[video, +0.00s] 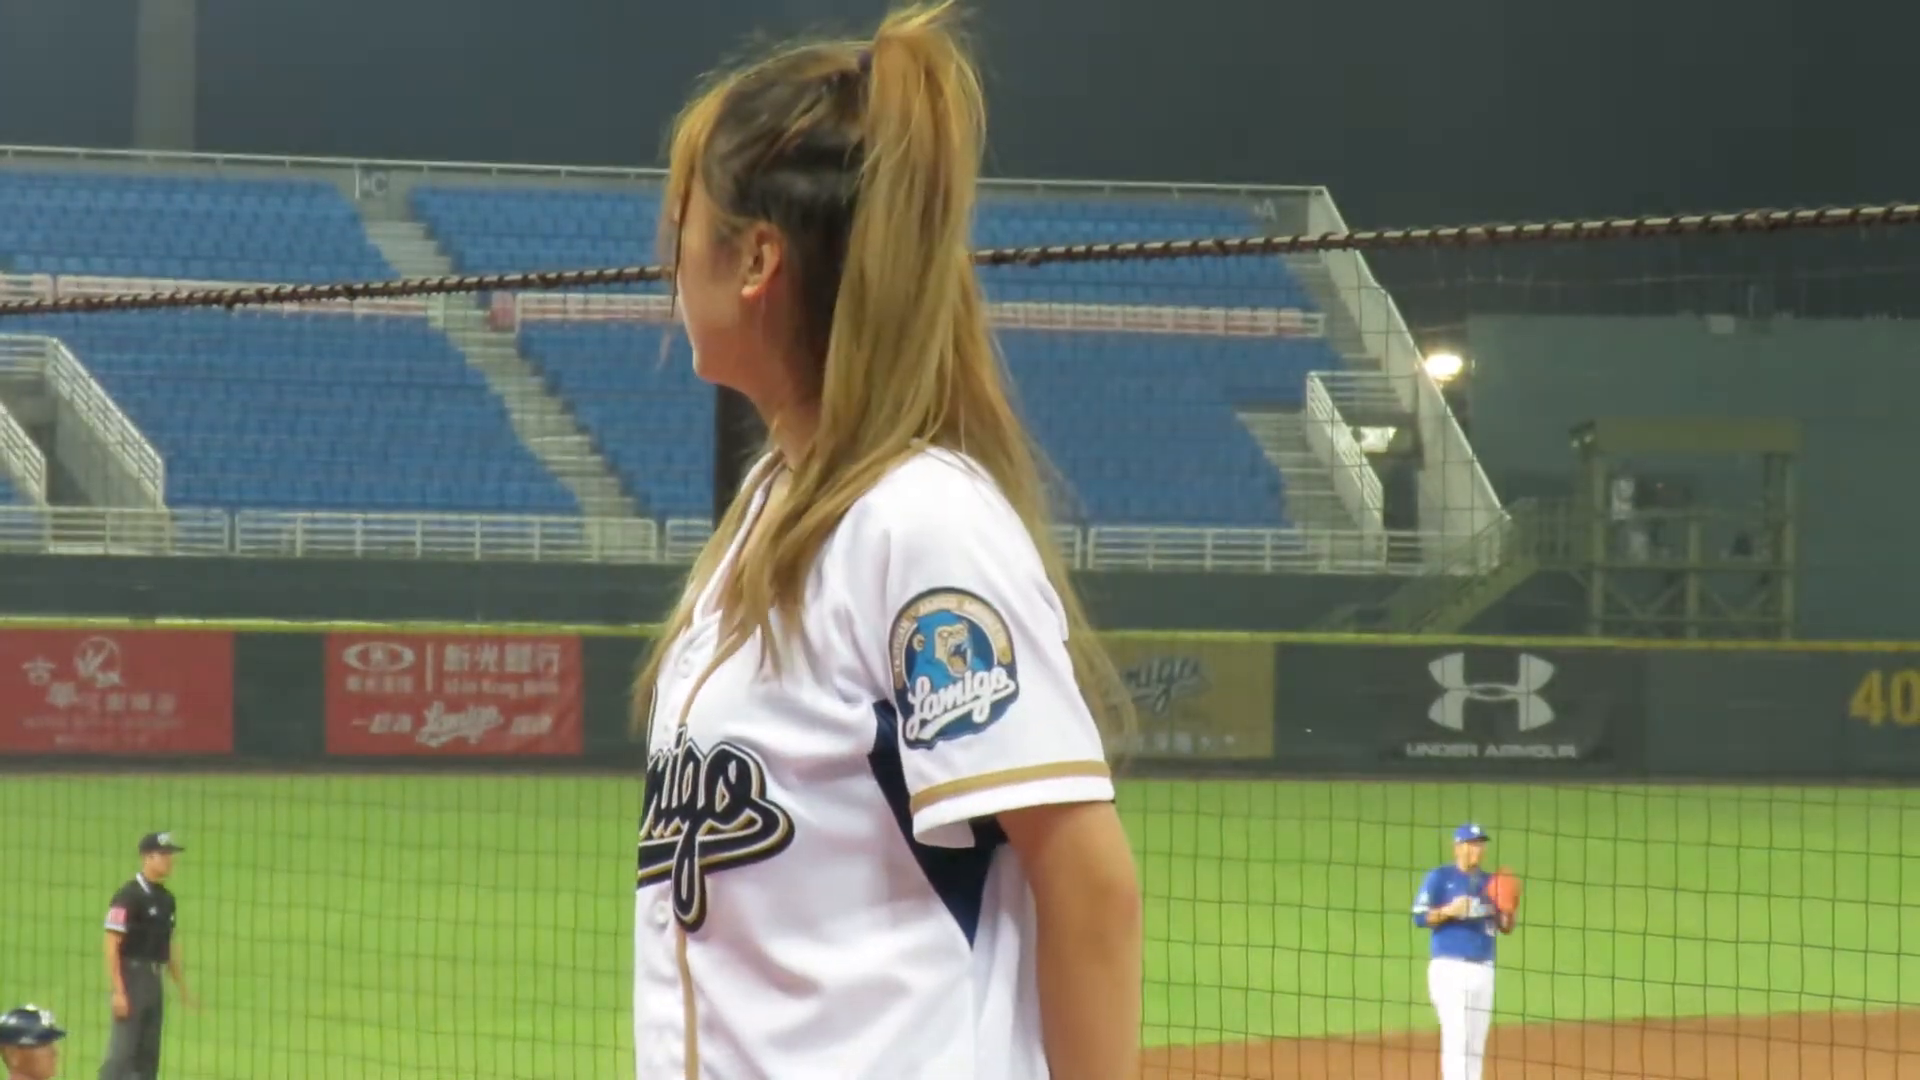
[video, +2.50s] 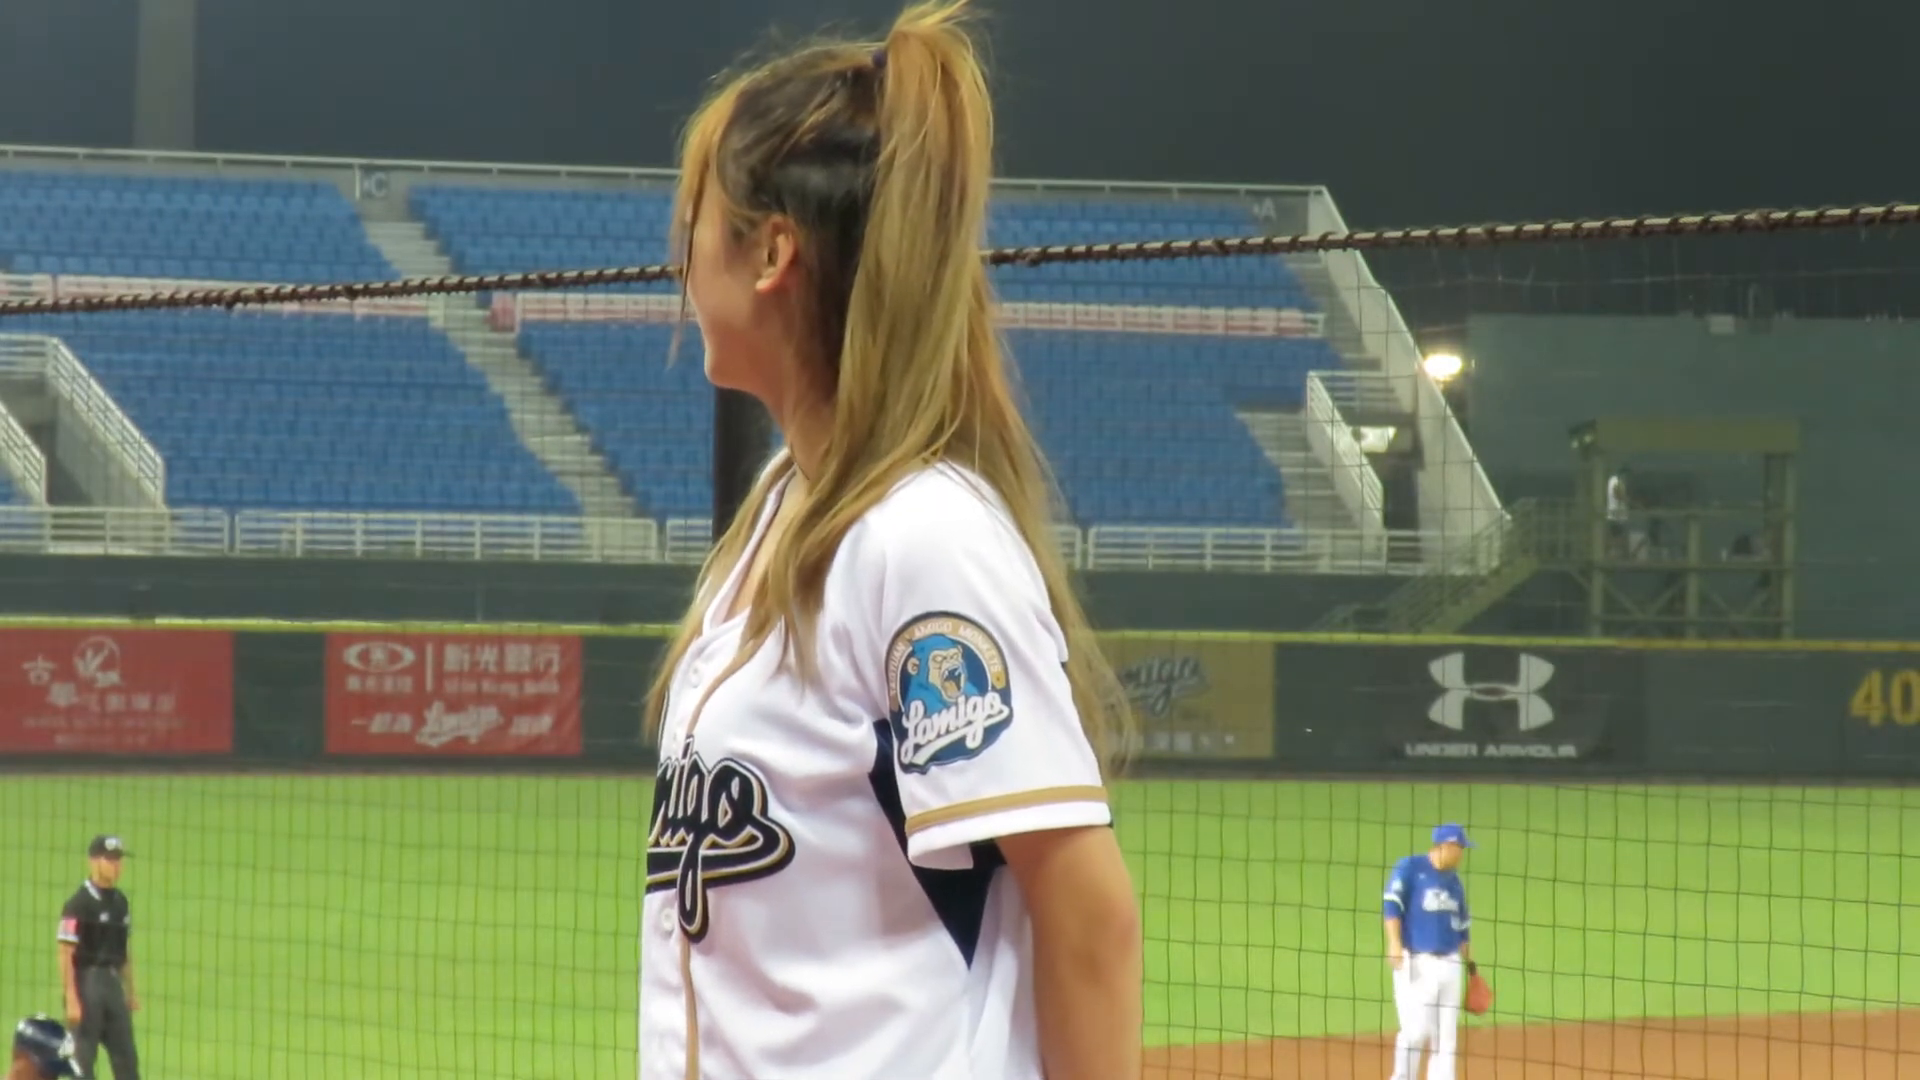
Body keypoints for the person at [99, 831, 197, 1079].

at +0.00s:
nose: (169, 861)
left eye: (170, 856)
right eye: (163, 855)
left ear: (169, 858)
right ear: (147, 857)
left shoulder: (166, 899)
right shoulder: (128, 895)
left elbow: (167, 948)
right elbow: (111, 945)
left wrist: (182, 987)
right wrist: (118, 991)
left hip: (154, 969)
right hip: (130, 967)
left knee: (149, 1045)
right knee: (125, 1045)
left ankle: (144, 1075)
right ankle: (114, 1074)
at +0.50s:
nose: (135, 864)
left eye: (138, 858)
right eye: (129, 857)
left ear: (140, 861)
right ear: (114, 858)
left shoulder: (140, 901)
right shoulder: (94, 902)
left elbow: (143, 948)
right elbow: (79, 951)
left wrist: (153, 989)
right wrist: (88, 995)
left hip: (127, 977)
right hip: (100, 976)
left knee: (141, 1055)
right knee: (90, 1059)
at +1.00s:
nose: (120, 865)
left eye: (123, 859)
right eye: (114, 859)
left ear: (127, 862)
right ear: (100, 860)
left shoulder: (126, 900)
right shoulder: (82, 903)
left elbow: (128, 949)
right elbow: (68, 952)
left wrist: (133, 991)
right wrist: (69, 996)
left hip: (117, 972)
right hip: (90, 973)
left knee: (128, 1053)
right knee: (86, 1053)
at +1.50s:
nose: (117, 865)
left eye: (120, 860)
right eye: (111, 859)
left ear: (123, 862)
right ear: (96, 860)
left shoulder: (122, 901)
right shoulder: (80, 903)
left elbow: (123, 949)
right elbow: (67, 954)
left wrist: (129, 988)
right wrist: (73, 998)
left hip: (114, 973)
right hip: (87, 973)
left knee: (126, 1054)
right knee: (83, 1055)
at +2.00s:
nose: (116, 865)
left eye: (119, 859)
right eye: (110, 859)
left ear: (122, 862)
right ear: (95, 860)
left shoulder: (121, 901)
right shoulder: (78, 903)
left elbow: (123, 952)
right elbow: (66, 954)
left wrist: (129, 990)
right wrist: (72, 1000)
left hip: (114, 973)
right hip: (87, 973)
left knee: (125, 1054)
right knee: (84, 1053)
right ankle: (81, 1074)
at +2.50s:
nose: (116, 866)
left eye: (118, 860)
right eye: (109, 860)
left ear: (121, 862)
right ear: (94, 861)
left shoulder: (119, 901)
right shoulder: (78, 903)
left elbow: (122, 952)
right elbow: (65, 954)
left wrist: (129, 990)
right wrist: (71, 999)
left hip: (113, 973)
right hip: (87, 973)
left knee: (125, 1054)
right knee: (84, 1053)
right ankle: (81, 1074)